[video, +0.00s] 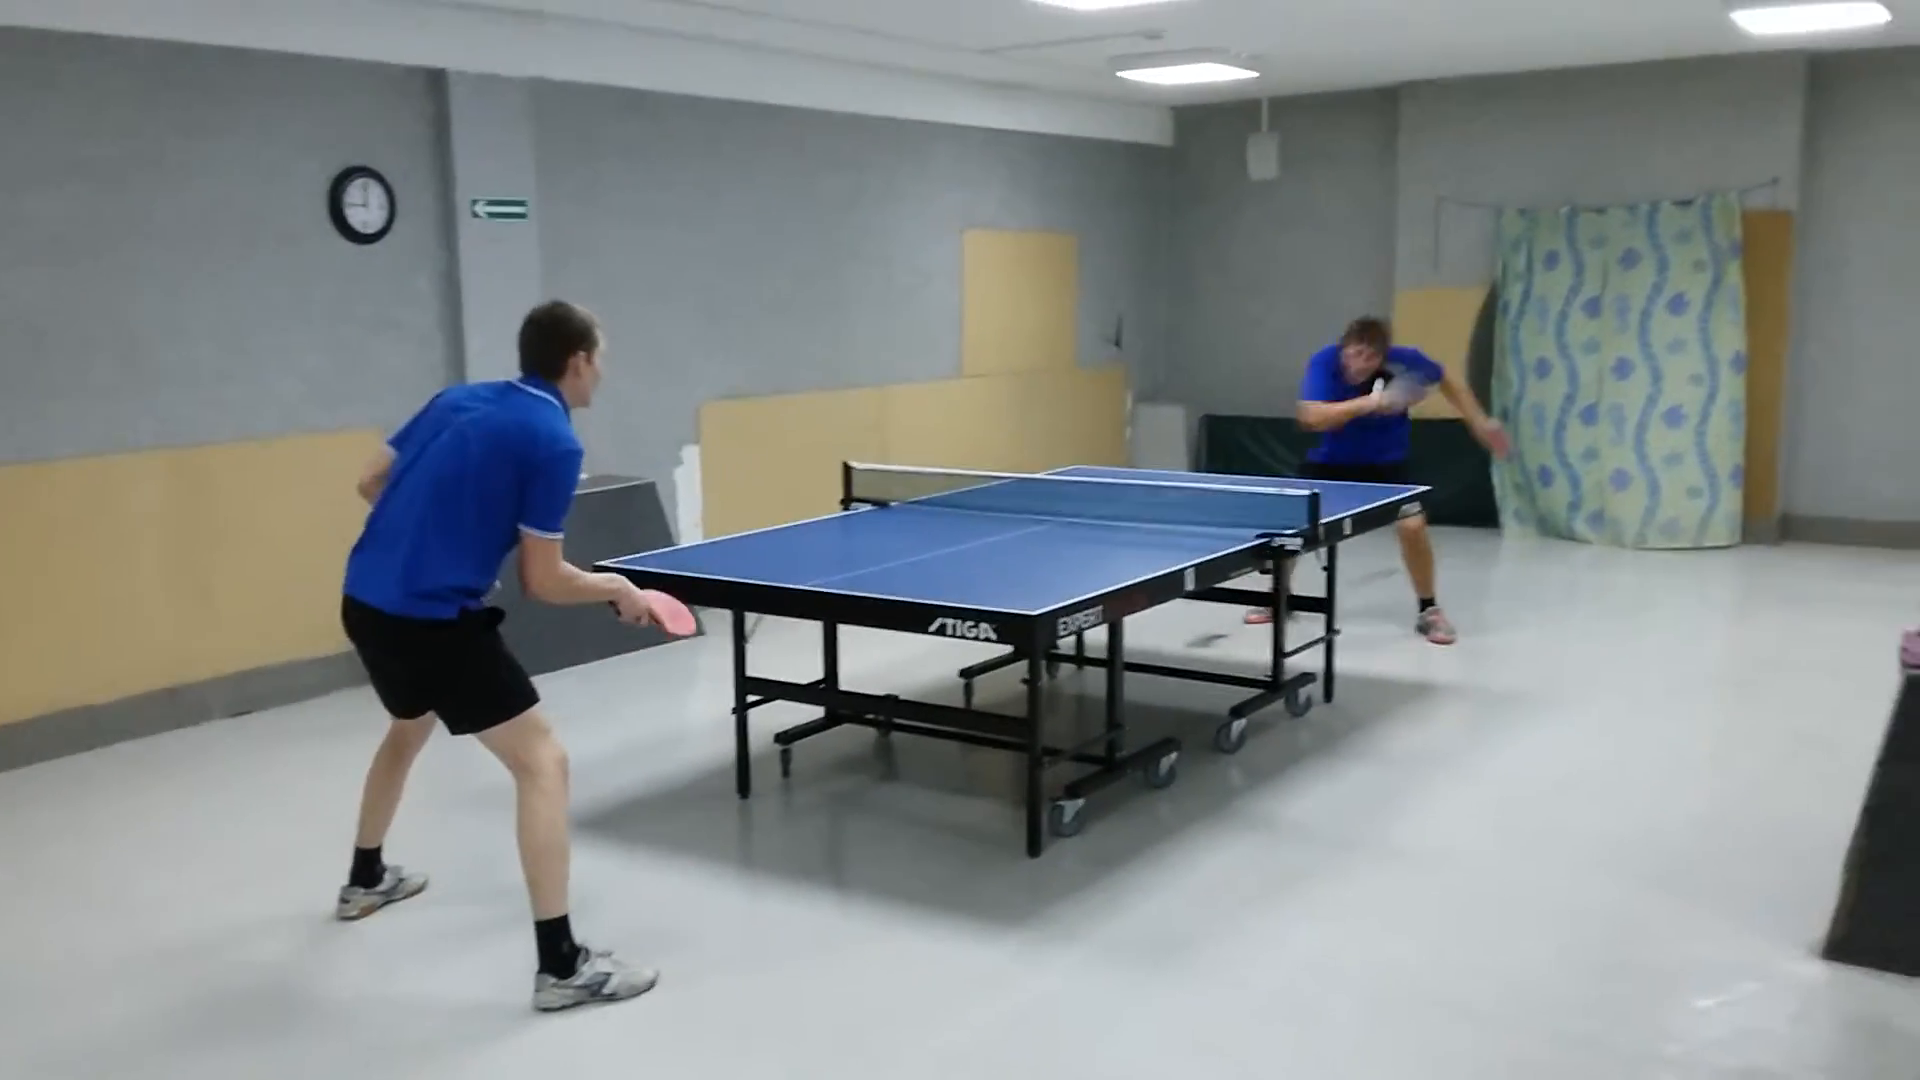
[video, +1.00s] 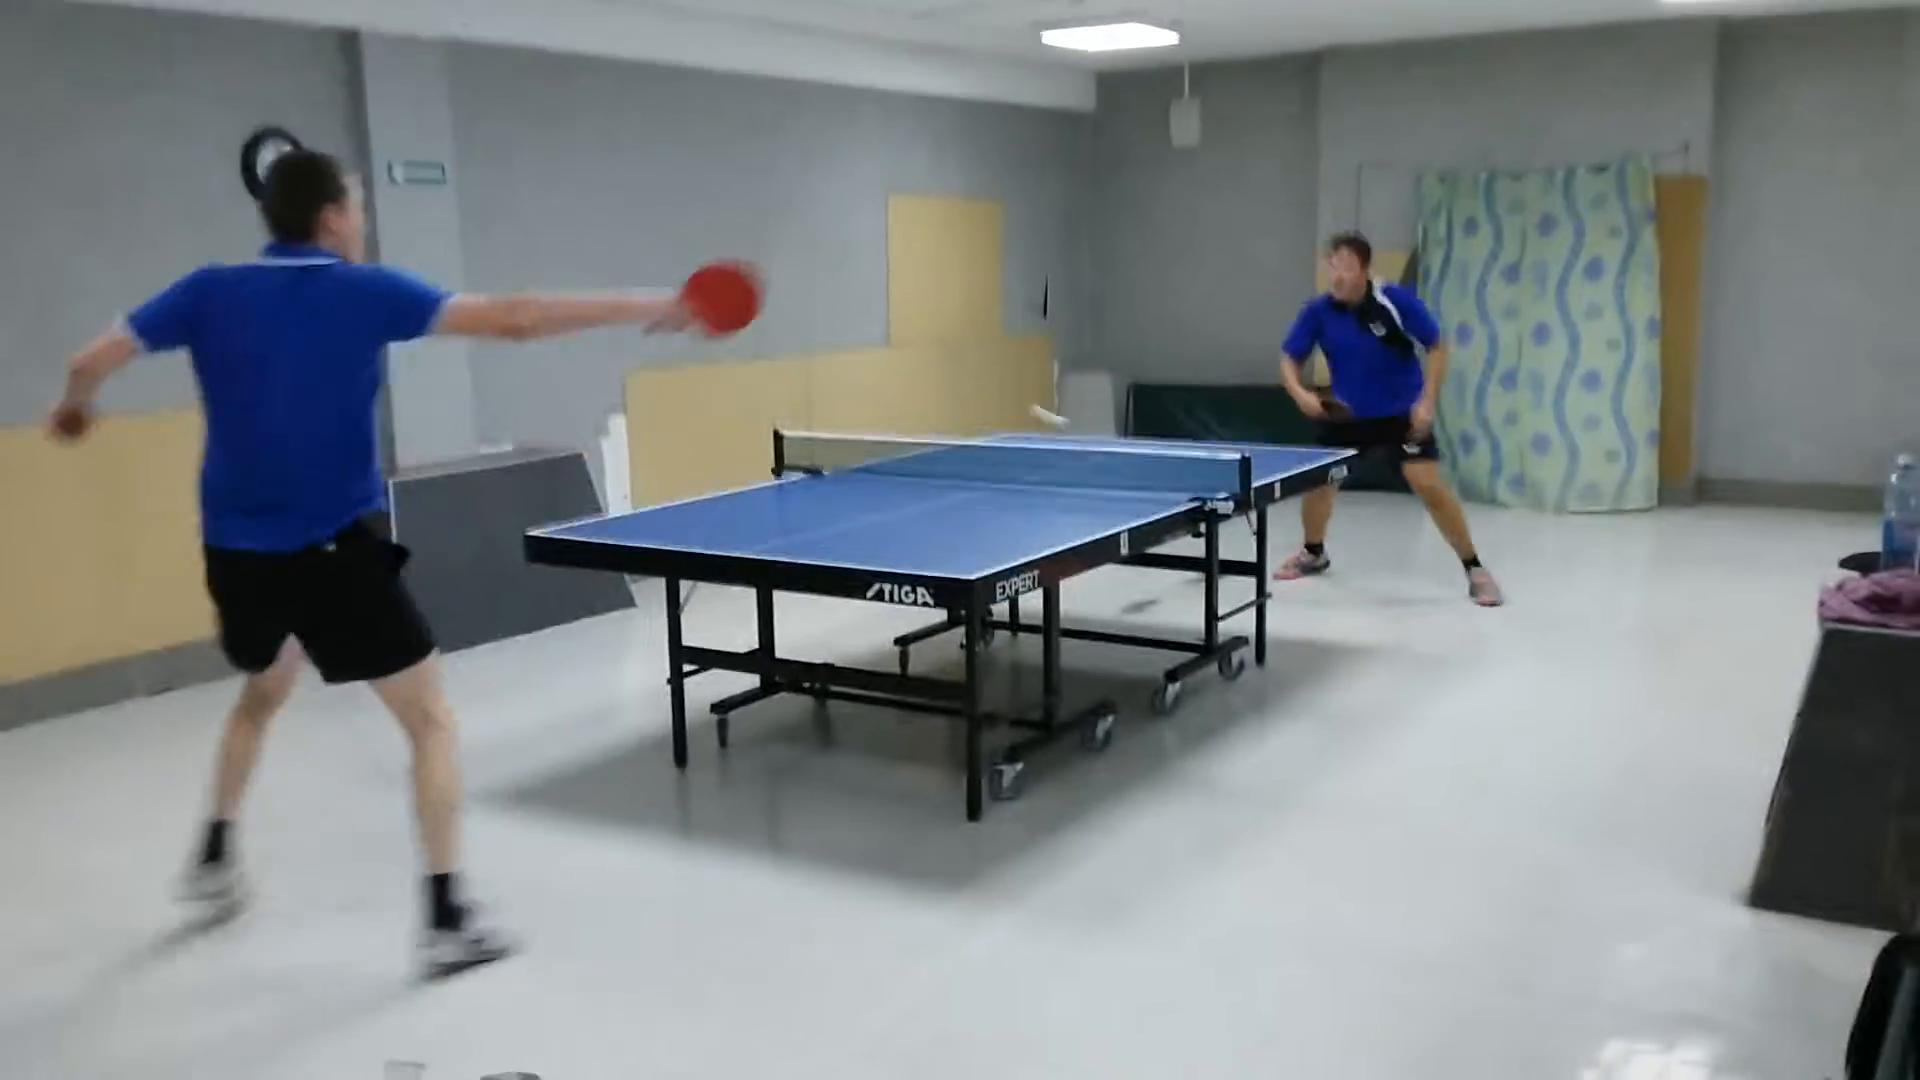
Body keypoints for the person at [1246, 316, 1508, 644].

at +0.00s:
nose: (1359, 364)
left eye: (1368, 358)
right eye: (1355, 355)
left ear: (1382, 356)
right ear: (1345, 348)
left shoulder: (1403, 361)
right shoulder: (1324, 363)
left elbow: (1445, 379)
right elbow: (1310, 417)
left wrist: (1479, 422)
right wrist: (1370, 402)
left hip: (1388, 467)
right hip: (1328, 467)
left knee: (1413, 524)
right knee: (1289, 520)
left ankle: (1428, 610)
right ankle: (1276, 598)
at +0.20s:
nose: (1310, 301)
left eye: (1318, 293)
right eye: (1306, 292)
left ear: (1336, 294)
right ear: (1300, 291)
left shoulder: (1359, 327)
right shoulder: (1296, 305)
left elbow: (1399, 380)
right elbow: (1256, 304)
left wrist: (1413, 441)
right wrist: (1210, 316)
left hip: (1351, 434)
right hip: (1305, 428)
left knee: (1348, 512)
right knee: (1265, 503)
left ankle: (1382, 596)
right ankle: (1238, 588)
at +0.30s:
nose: (1311, 255)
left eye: (1320, 248)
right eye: (1308, 247)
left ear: (1340, 253)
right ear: (1306, 251)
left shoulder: (1352, 289)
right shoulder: (1315, 281)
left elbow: (1384, 347)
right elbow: (1306, 264)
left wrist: (1383, 413)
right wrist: (1267, 269)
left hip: (1342, 412)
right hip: (1301, 406)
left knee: (1344, 495)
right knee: (1269, 485)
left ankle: (1375, 578)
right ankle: (1264, 561)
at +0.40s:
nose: (1312, 238)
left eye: (1321, 232)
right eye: (1308, 231)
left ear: (1340, 240)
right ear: (1304, 235)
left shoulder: (1348, 276)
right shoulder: (1317, 270)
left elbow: (1371, 335)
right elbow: (1316, 276)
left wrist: (1351, 392)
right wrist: (1293, 273)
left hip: (1332, 396)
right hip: (1297, 392)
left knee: (1337, 481)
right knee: (1281, 471)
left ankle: (1369, 570)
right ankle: (1303, 542)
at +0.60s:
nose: (1315, 240)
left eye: (1323, 231)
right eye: (1311, 230)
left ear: (1342, 234)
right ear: (1306, 235)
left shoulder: (1351, 280)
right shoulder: (1319, 278)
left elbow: (1366, 348)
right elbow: (1316, 337)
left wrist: (1334, 392)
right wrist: (1284, 357)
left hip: (1347, 399)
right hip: (1319, 394)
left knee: (1337, 487)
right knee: (1314, 485)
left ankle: (1362, 580)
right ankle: (1326, 565)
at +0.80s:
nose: (1332, 239)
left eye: (1341, 231)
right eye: (1327, 230)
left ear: (1359, 233)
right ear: (1320, 233)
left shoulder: (1385, 269)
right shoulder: (1316, 273)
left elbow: (1411, 320)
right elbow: (1297, 317)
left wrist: (1385, 374)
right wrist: (1283, 361)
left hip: (1392, 375)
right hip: (1345, 377)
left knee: (1392, 453)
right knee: (1336, 457)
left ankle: (1415, 549)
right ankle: (1339, 538)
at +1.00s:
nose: (1339, 276)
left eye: (1348, 268)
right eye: (1335, 266)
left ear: (1366, 271)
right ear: (1327, 269)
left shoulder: (1396, 302)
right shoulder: (1318, 312)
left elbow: (1437, 345)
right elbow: (1289, 357)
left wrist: (1428, 401)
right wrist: (1301, 395)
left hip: (1401, 415)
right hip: (1346, 416)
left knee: (1427, 484)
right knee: (1318, 480)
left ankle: (1474, 569)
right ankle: (1313, 554)